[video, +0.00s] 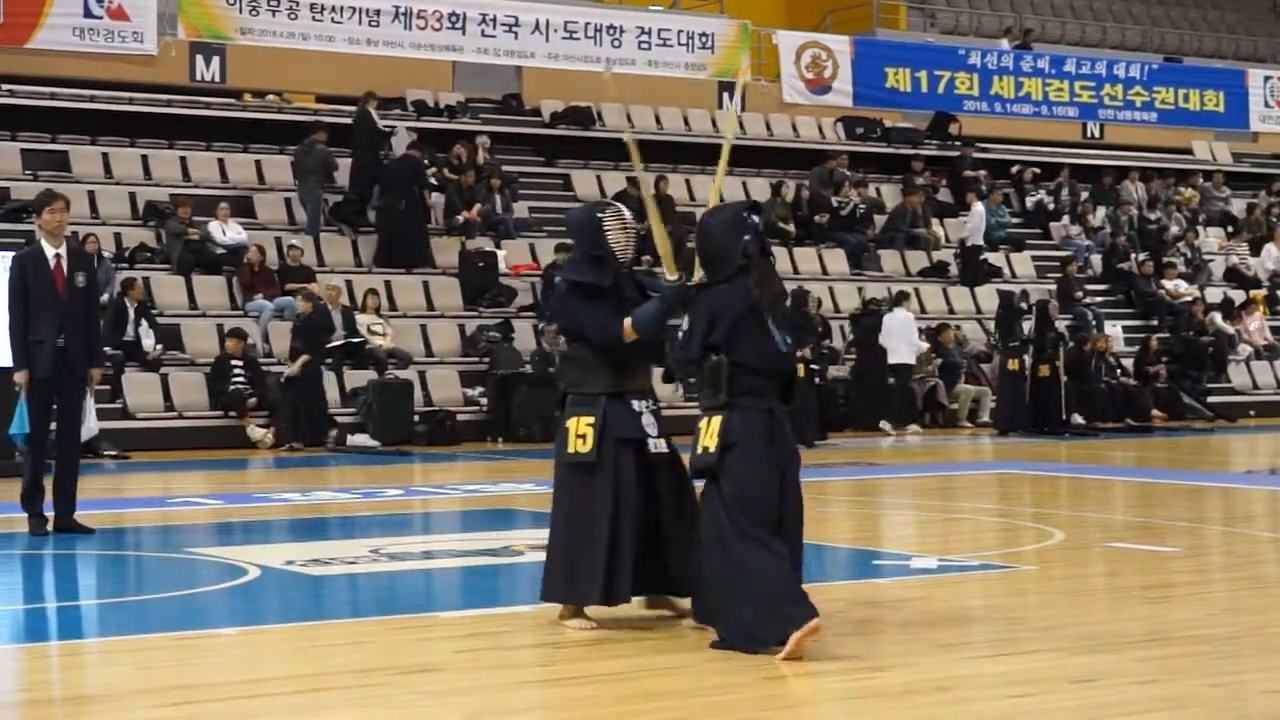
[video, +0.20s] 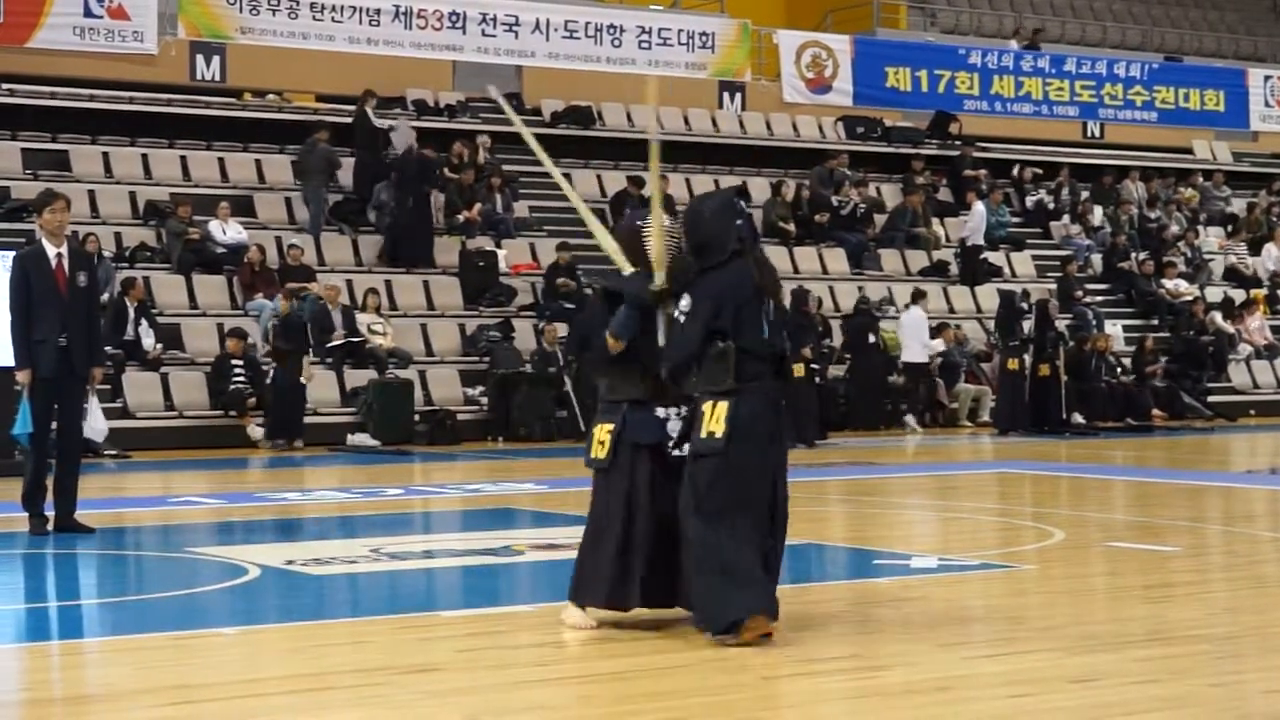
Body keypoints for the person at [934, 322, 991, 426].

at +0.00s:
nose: (951, 335)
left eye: (951, 332)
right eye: (948, 333)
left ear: (953, 333)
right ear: (941, 335)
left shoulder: (955, 347)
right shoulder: (938, 349)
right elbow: (951, 362)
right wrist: (963, 363)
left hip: (960, 384)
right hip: (947, 386)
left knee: (986, 391)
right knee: (968, 390)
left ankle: (983, 418)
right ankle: (962, 420)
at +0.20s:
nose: (951, 335)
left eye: (951, 332)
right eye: (948, 332)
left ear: (952, 333)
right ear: (941, 334)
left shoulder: (953, 347)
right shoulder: (939, 349)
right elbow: (954, 362)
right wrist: (964, 362)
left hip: (959, 383)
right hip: (946, 385)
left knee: (986, 391)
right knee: (968, 390)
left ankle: (983, 417)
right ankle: (962, 419)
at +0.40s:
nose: (944, 305)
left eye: (943, 302)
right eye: (943, 302)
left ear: (930, 301)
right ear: (939, 302)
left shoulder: (921, 316)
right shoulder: (936, 317)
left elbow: (920, 339)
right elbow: (937, 340)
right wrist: (953, 348)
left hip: (922, 358)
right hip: (935, 359)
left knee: (921, 391)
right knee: (945, 391)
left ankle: (914, 420)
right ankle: (950, 422)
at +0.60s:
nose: (960, 304)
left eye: (960, 301)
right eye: (959, 301)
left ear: (946, 301)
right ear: (954, 301)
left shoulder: (937, 316)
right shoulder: (953, 317)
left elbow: (934, 339)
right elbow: (955, 340)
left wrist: (942, 349)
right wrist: (971, 351)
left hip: (940, 358)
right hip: (953, 359)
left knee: (945, 392)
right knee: (957, 393)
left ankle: (930, 411)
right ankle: (954, 424)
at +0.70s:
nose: (967, 304)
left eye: (967, 301)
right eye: (966, 301)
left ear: (952, 301)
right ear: (962, 302)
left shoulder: (944, 316)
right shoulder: (961, 317)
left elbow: (940, 337)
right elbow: (963, 341)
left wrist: (945, 350)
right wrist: (977, 351)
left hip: (946, 357)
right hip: (959, 358)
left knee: (950, 390)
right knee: (961, 391)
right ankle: (955, 423)